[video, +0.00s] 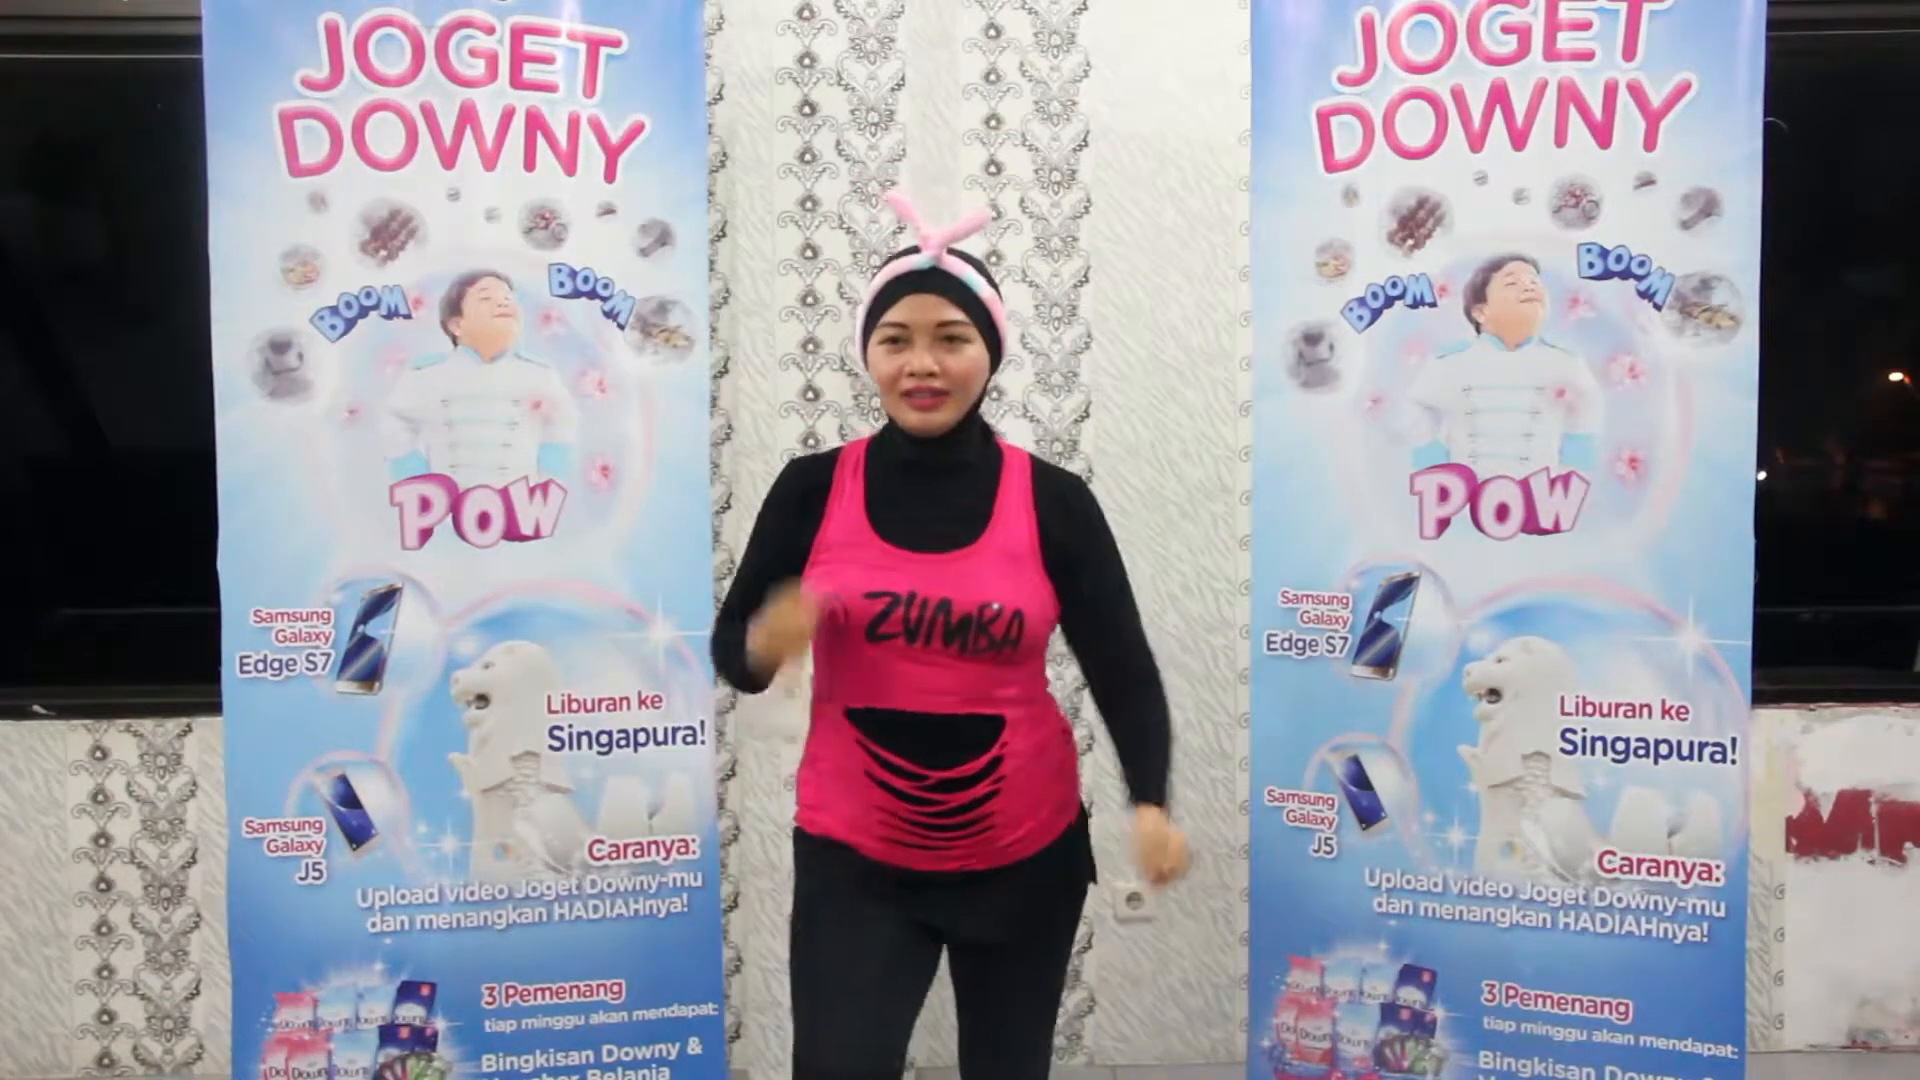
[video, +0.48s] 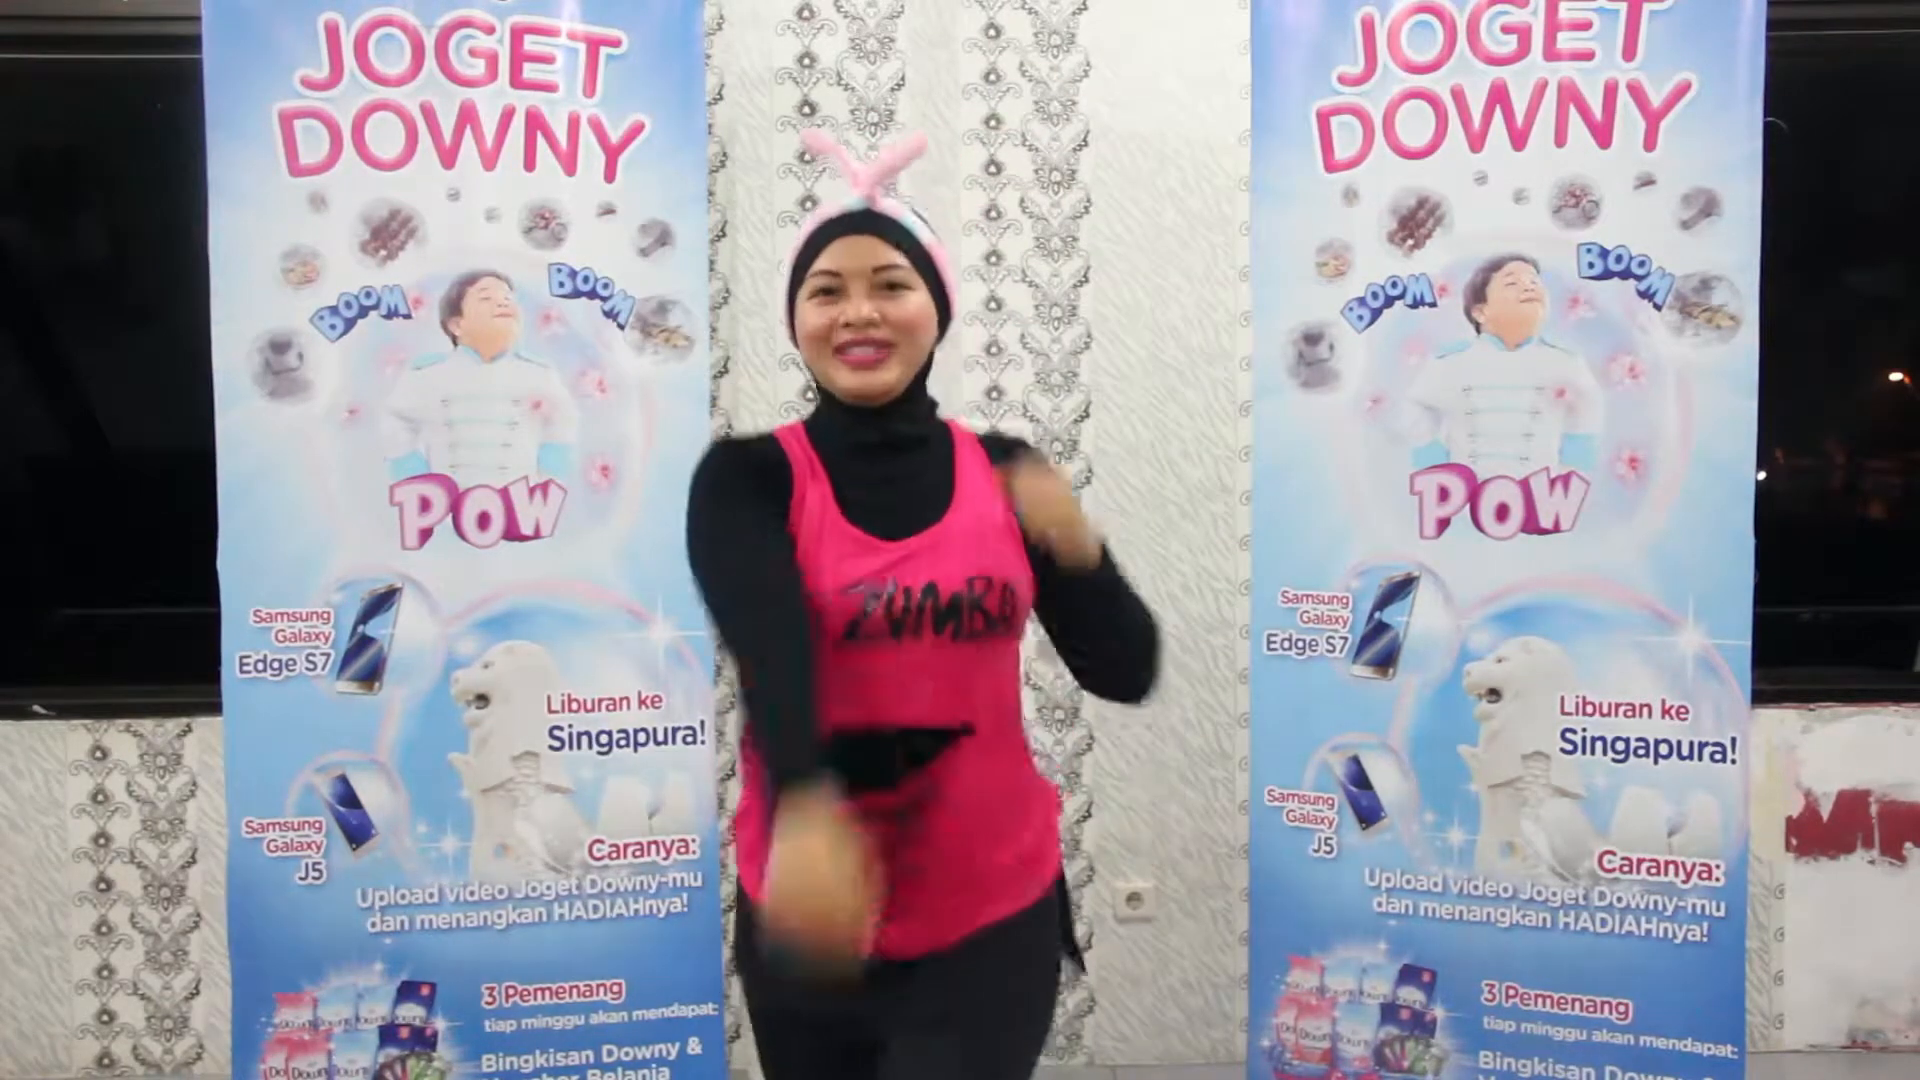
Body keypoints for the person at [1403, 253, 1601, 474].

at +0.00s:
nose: (1529, 287)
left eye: (1534, 281)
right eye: (1511, 283)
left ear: (1545, 299)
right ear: (1479, 311)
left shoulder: (1565, 364)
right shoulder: (1447, 367)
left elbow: (1585, 427)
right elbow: (1413, 416)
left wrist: (1567, 484)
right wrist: (1435, 473)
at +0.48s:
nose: (1529, 287)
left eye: (1534, 281)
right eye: (1511, 283)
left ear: (1545, 299)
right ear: (1479, 311)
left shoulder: (1565, 364)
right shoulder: (1447, 367)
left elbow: (1585, 426)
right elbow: (1413, 415)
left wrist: (1567, 483)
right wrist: (1435, 473)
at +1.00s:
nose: (1529, 287)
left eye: (1534, 281)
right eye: (1510, 283)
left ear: (1545, 300)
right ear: (1479, 311)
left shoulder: (1565, 365)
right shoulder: (1445, 367)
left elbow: (1583, 435)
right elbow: (1417, 425)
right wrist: (1437, 483)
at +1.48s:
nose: (1529, 287)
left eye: (1535, 281)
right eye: (1511, 283)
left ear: (1544, 301)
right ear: (1478, 310)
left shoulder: (1565, 365)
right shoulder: (1446, 368)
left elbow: (1582, 439)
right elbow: (1414, 424)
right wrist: (1437, 480)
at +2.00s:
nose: (1529, 287)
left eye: (1534, 281)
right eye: (1511, 283)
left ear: (1545, 299)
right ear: (1479, 311)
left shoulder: (1565, 365)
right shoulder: (1445, 368)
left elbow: (1583, 435)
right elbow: (1415, 424)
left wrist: (1564, 494)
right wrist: (1438, 480)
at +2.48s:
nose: (1529, 287)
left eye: (1534, 281)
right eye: (1511, 283)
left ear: (1545, 299)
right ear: (1479, 311)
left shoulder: (1565, 365)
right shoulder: (1445, 368)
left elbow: (1583, 437)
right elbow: (1415, 425)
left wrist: (1564, 495)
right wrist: (1439, 482)